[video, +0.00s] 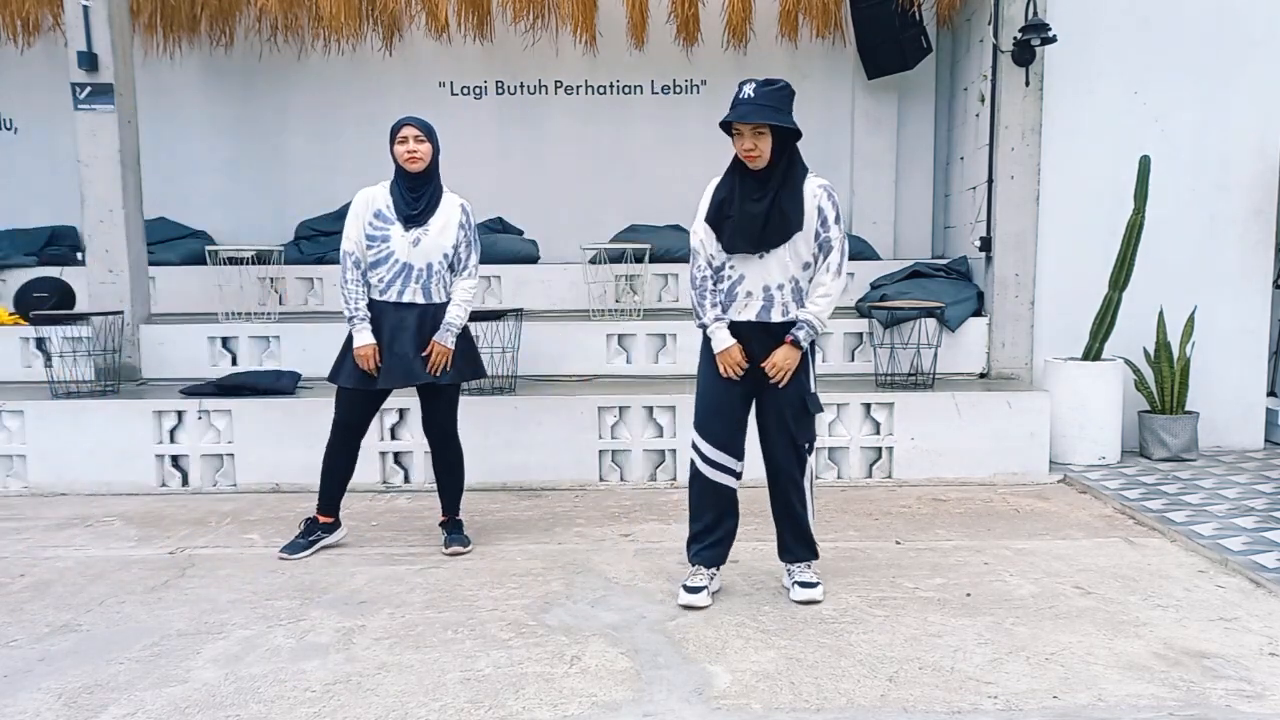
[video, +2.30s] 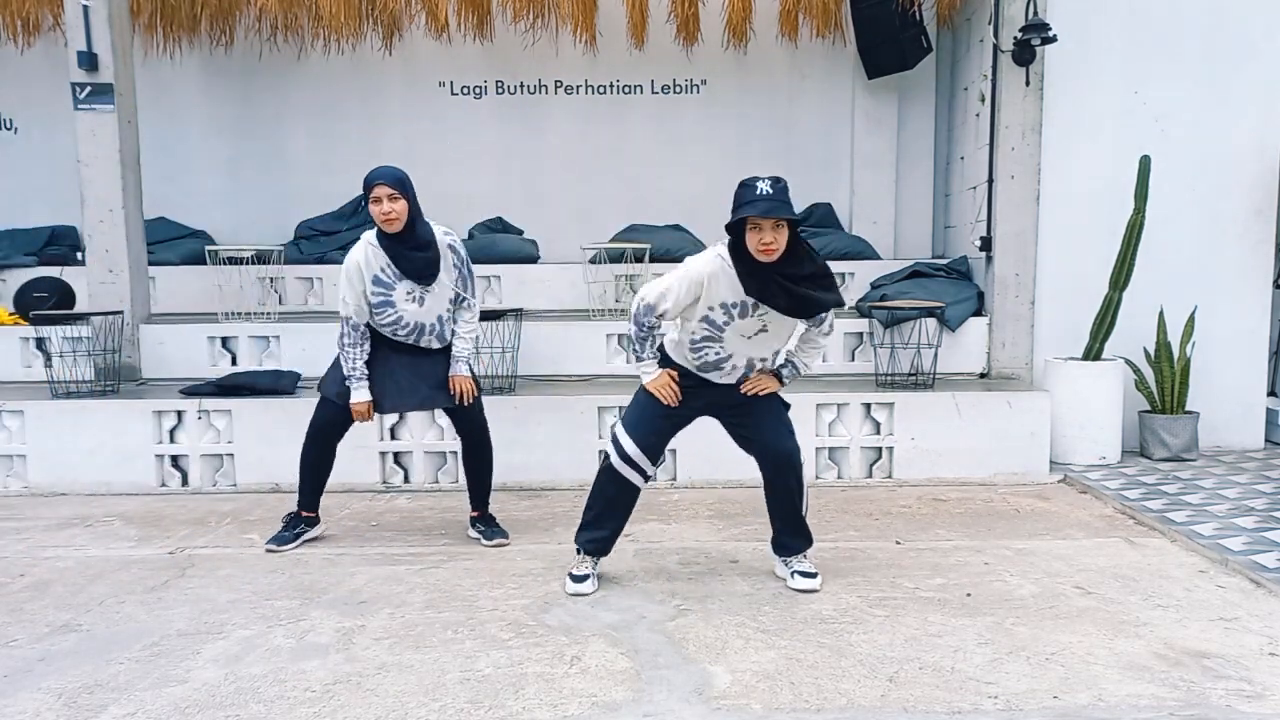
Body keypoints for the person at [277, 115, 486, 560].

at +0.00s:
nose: (411, 148)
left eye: (420, 141)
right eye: (403, 142)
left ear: (434, 149)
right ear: (392, 151)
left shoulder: (456, 209)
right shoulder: (367, 202)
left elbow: (467, 277)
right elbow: (351, 273)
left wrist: (449, 331)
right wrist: (361, 331)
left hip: (437, 329)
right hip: (379, 328)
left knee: (442, 430)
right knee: (346, 426)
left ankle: (452, 522)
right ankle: (325, 519)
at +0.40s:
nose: (359, 163)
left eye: (367, 154)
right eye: (350, 155)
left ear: (383, 158)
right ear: (341, 162)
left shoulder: (414, 205)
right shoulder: (327, 220)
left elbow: (433, 274)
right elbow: (325, 289)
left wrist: (423, 335)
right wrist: (344, 341)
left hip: (410, 331)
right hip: (352, 334)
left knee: (439, 432)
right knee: (313, 427)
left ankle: (453, 521)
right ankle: (300, 514)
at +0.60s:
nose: (307, 173)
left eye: (316, 164)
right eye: (298, 165)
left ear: (333, 167)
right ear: (289, 171)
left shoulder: (366, 207)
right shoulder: (284, 233)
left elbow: (393, 273)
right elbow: (291, 307)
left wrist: (387, 333)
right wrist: (311, 363)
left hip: (380, 336)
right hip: (321, 345)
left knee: (431, 427)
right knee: (292, 439)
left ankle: (456, 520)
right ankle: (304, 523)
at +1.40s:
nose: (358, 218)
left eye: (367, 210)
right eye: (348, 209)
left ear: (380, 217)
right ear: (336, 215)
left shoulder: (402, 255)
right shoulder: (313, 262)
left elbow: (432, 315)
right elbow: (308, 331)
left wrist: (436, 372)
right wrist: (322, 389)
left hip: (408, 360)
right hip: (347, 365)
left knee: (459, 423)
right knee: (293, 433)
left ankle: (480, 516)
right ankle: (303, 521)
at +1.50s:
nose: (393, 205)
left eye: (402, 196)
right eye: (383, 196)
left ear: (415, 201)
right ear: (370, 203)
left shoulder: (437, 247)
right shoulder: (347, 251)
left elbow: (453, 310)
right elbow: (329, 322)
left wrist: (454, 366)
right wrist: (337, 386)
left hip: (424, 364)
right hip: (365, 364)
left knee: (470, 424)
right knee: (309, 431)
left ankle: (481, 516)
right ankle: (303, 521)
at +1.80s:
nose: (442, 169)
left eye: (449, 159)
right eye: (432, 162)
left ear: (463, 161)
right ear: (421, 167)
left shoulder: (484, 218)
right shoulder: (397, 206)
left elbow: (489, 283)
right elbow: (372, 275)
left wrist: (480, 337)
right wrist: (368, 340)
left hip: (456, 336)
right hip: (398, 332)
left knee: (471, 429)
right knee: (348, 425)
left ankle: (480, 515)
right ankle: (298, 509)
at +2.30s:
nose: (386, 208)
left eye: (394, 199)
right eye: (376, 201)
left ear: (411, 200)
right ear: (369, 208)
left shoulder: (448, 244)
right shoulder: (361, 256)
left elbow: (468, 307)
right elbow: (353, 328)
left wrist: (461, 363)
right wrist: (359, 386)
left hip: (437, 349)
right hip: (378, 346)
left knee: (473, 418)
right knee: (325, 421)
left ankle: (481, 515)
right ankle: (306, 515)